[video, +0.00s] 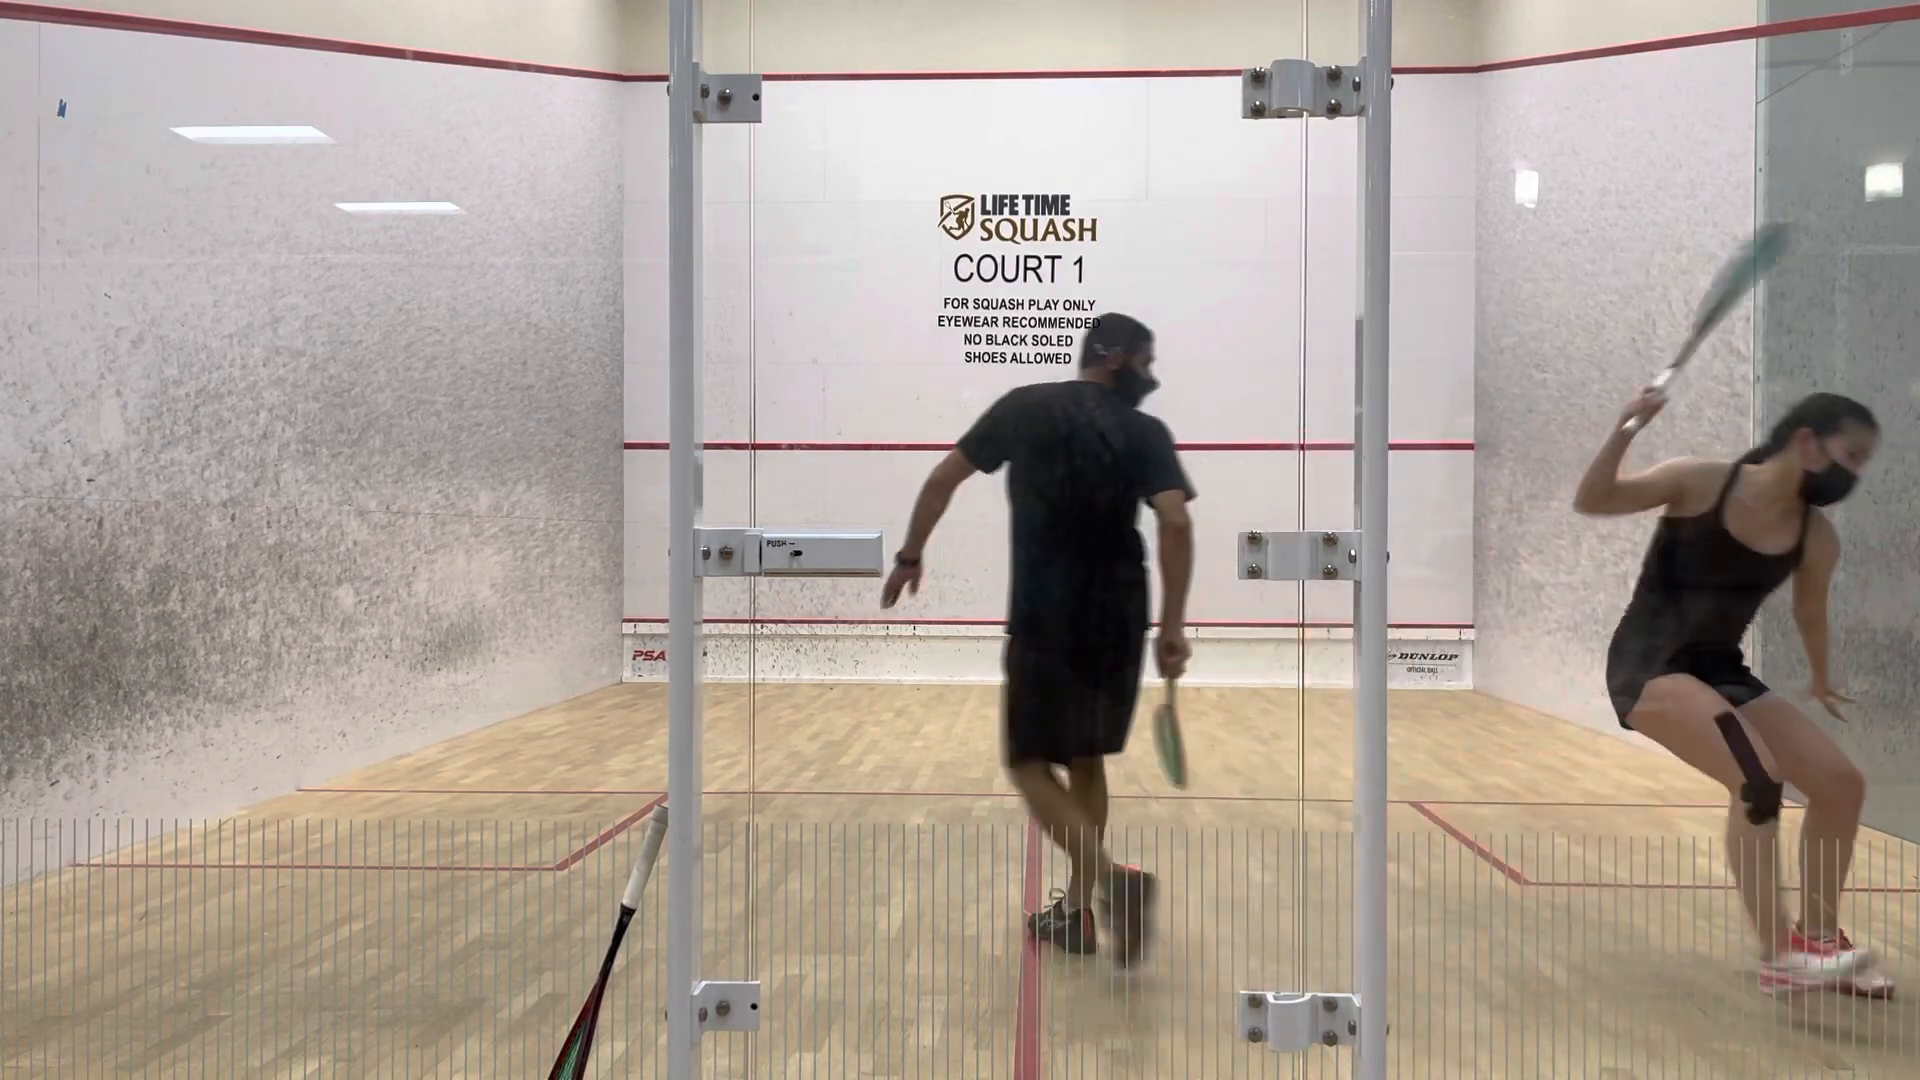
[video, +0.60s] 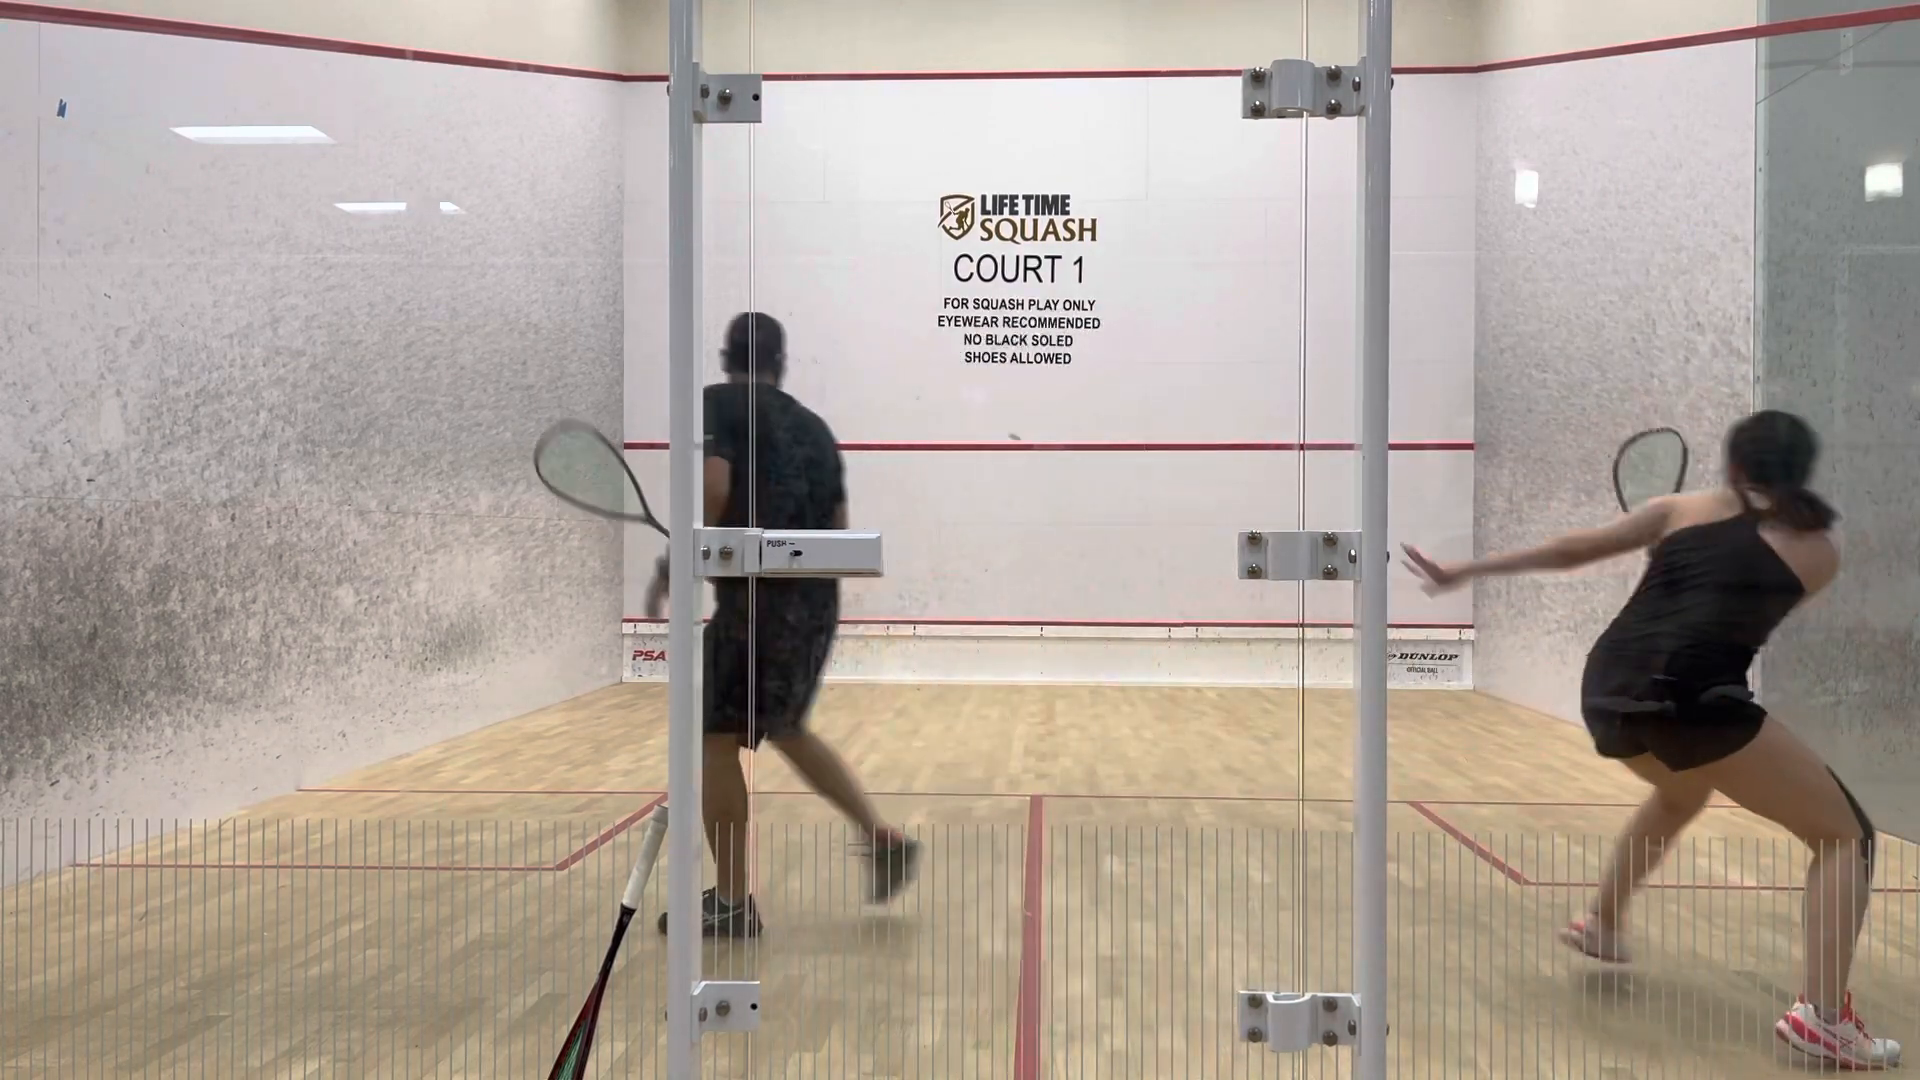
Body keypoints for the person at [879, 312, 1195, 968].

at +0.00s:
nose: (1153, 375)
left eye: (1152, 364)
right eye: (1148, 363)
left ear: (1087, 356)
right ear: (1119, 361)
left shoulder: (1024, 406)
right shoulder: (1142, 430)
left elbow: (944, 477)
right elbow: (1176, 520)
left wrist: (910, 552)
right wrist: (1171, 624)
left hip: (1042, 620)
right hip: (1116, 623)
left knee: (1027, 762)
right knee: (1088, 761)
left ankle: (1114, 880)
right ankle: (1076, 910)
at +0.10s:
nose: (1101, 370)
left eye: (1099, 358)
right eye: (1098, 358)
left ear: (1034, 350)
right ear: (1081, 356)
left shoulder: (975, 398)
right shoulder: (1093, 418)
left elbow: (918, 470)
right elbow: (1136, 518)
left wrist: (886, 565)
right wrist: (1124, 611)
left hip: (990, 612)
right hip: (1071, 615)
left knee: (949, 738)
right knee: (1066, 751)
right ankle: (1072, 910)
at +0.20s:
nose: (1038, 368)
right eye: (1037, 358)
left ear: (976, 348)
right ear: (1033, 358)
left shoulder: (924, 397)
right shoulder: (1044, 415)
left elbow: (898, 460)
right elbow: (1092, 513)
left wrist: (871, 539)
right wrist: (1064, 586)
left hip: (943, 612)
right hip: (1024, 615)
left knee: (886, 736)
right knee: (1045, 754)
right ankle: (1064, 909)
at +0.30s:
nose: (977, 373)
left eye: (973, 362)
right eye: (974, 363)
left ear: (917, 360)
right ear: (965, 364)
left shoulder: (873, 405)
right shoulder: (986, 427)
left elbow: (857, 472)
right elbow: (1033, 525)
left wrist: (843, 541)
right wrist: (988, 578)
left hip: (901, 617)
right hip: (976, 618)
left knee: (833, 753)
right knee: (1021, 760)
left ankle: (769, 885)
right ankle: (1062, 907)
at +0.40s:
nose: (903, 383)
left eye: (896, 375)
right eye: (905, 375)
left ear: (847, 372)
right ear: (900, 377)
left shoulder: (810, 415)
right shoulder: (921, 442)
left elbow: (804, 479)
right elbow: (960, 538)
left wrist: (796, 568)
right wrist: (910, 580)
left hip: (835, 621)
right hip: (912, 625)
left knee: (777, 754)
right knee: (969, 752)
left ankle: (737, 896)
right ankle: (1051, 886)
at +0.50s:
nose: (781, 373)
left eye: (781, 364)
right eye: (798, 365)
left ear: (782, 367)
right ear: (835, 374)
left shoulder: (760, 411)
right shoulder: (866, 438)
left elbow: (753, 493)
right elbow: (890, 540)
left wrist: (728, 596)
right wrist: (823, 572)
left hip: (780, 605)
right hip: (855, 609)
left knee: (730, 738)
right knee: (879, 742)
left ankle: (732, 898)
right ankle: (984, 847)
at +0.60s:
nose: (728, 365)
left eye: (727, 354)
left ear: (727, 357)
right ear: (781, 361)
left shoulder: (718, 404)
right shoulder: (815, 428)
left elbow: (713, 494)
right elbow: (836, 528)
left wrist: (670, 564)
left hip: (749, 600)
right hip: (813, 600)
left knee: (714, 738)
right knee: (785, 726)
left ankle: (733, 898)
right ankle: (881, 836)